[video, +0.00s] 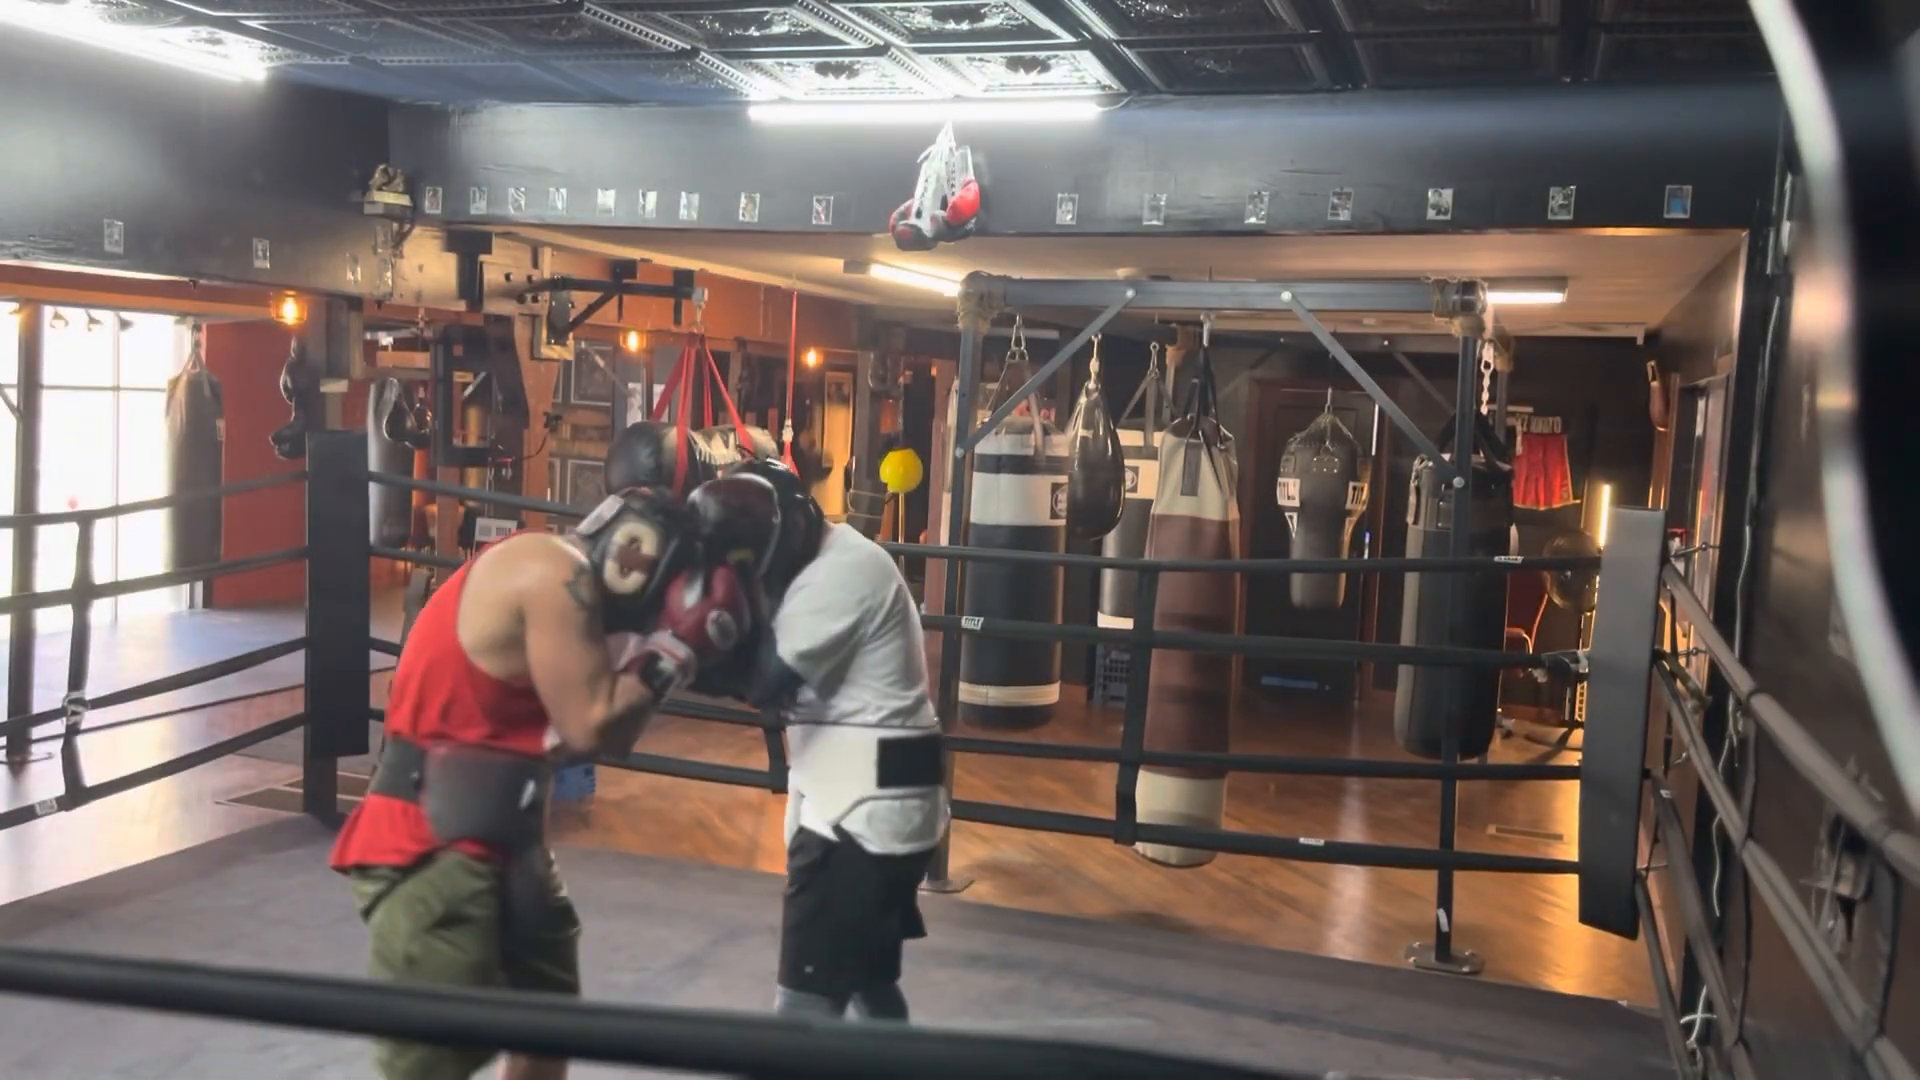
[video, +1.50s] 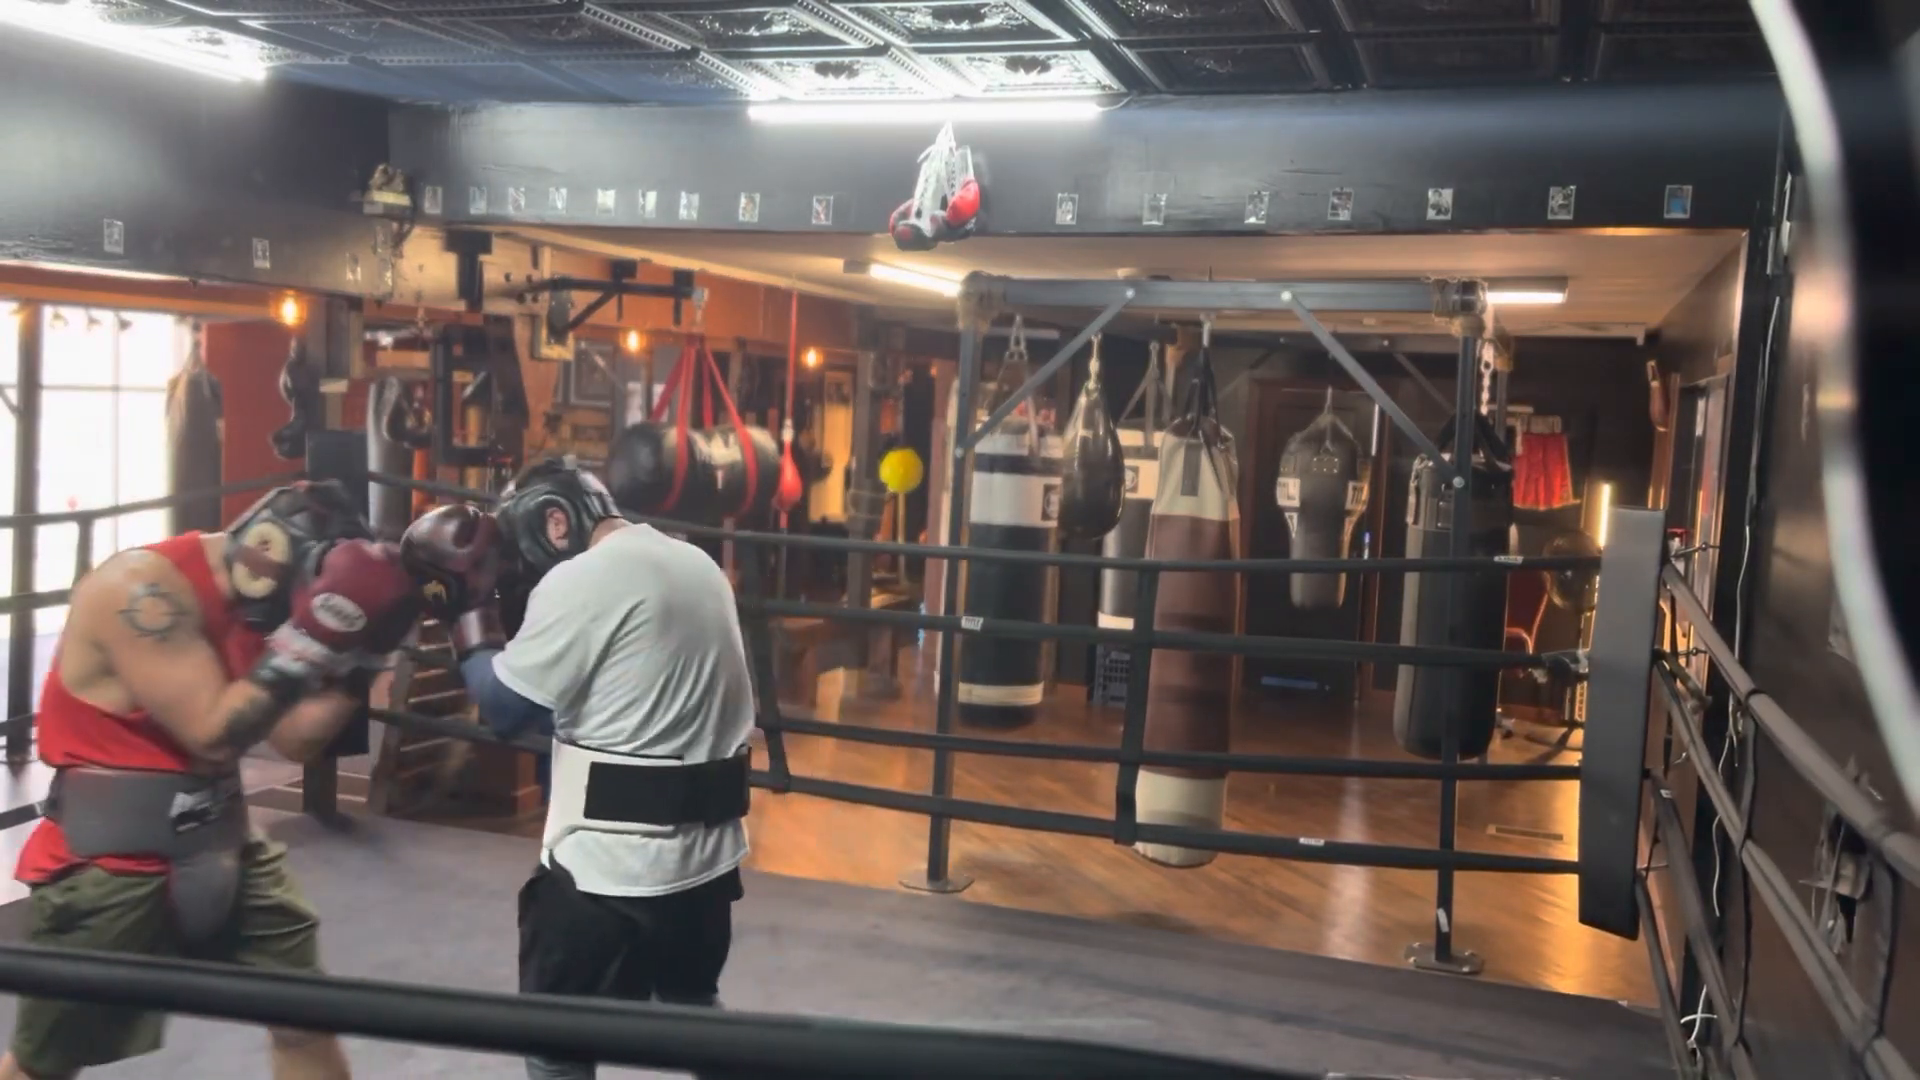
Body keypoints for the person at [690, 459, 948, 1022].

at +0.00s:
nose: (751, 570)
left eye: (751, 554)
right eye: (743, 559)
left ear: (781, 528)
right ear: (787, 519)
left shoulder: (847, 566)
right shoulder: (838, 559)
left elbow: (766, 683)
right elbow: (763, 668)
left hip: (863, 809)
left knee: (807, 1003)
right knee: (872, 989)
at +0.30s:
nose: (713, 576)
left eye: (720, 562)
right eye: (707, 564)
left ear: (760, 546)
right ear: (760, 545)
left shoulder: (844, 585)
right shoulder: (778, 582)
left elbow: (798, 712)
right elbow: (737, 688)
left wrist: (723, 629)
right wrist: (650, 651)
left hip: (864, 824)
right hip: (821, 815)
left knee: (797, 1015)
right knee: (880, 983)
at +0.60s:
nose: (651, 583)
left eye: (654, 567)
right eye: (641, 571)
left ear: (702, 546)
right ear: (704, 543)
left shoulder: (779, 581)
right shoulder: (750, 571)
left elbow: (686, 712)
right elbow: (704, 668)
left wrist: (590, 636)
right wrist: (640, 625)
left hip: (826, 831)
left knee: (804, 1018)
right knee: (811, 1015)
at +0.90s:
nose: (639, 562)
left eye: (639, 543)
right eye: (633, 546)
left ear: (670, 530)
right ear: (684, 523)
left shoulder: (717, 578)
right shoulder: (766, 560)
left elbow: (688, 710)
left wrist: (625, 658)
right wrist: (635, 641)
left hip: (761, 834)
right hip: (825, 828)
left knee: (664, 995)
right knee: (759, 988)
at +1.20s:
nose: (608, 560)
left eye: (606, 543)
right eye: (601, 547)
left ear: (630, 525)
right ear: (680, 509)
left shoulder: (666, 576)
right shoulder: (758, 563)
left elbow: (622, 708)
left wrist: (573, 657)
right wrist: (590, 644)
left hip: (690, 848)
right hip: (773, 846)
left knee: (607, 1028)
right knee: (745, 1009)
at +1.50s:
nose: (534, 556)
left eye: (531, 538)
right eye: (527, 542)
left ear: (560, 521)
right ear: (604, 511)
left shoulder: (580, 582)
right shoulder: (700, 566)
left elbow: (503, 702)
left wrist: (470, 621)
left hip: (605, 876)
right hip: (708, 869)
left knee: (558, 1049)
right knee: (692, 1017)